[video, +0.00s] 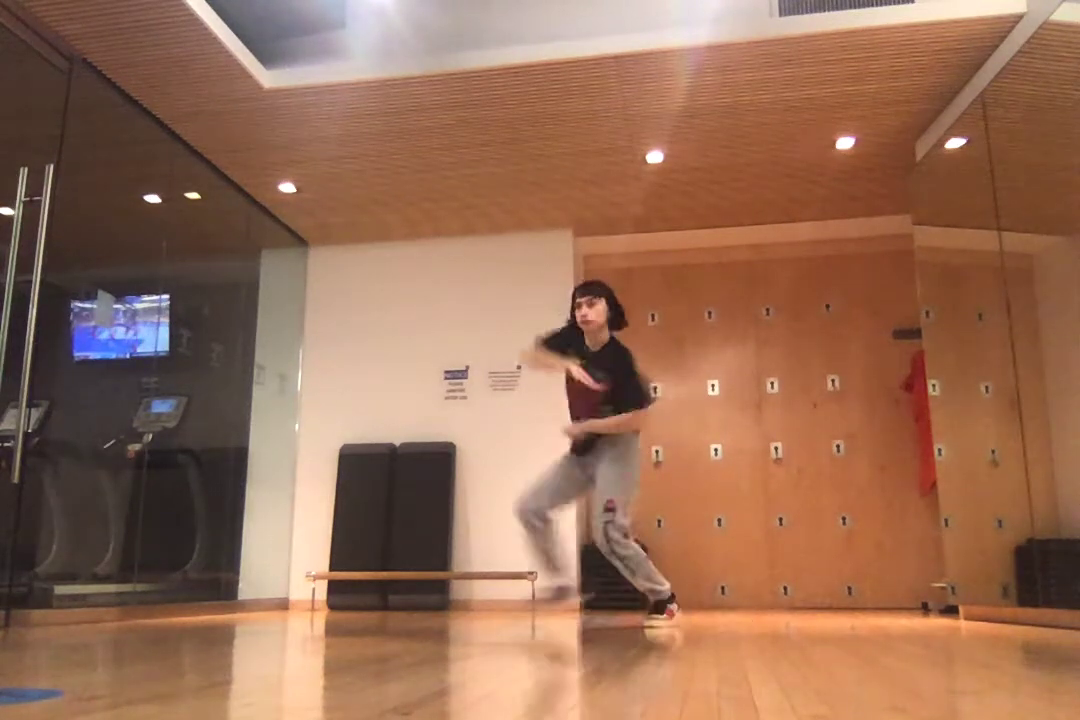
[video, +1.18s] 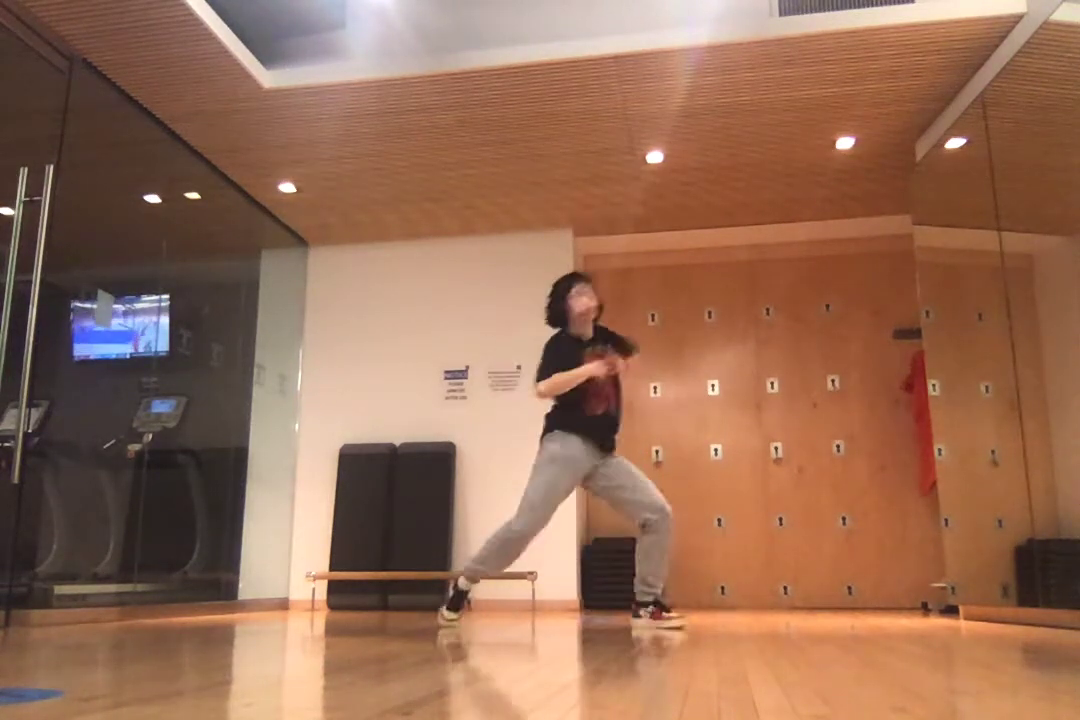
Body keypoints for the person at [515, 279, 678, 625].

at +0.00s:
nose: (584, 311)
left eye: (592, 304)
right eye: (579, 306)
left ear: (608, 309)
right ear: (574, 313)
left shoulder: (619, 356)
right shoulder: (570, 339)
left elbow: (637, 419)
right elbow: (532, 355)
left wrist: (586, 425)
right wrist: (570, 366)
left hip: (617, 449)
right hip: (584, 451)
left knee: (609, 532)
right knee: (530, 507)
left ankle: (662, 598)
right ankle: (561, 585)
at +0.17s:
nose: (586, 307)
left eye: (593, 309)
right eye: (590, 301)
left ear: (603, 320)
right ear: (589, 297)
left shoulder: (598, 345)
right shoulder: (574, 312)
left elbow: (585, 404)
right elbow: (556, 276)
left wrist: (544, 385)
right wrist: (566, 312)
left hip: (573, 430)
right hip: (540, 433)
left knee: (602, 513)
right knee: (495, 508)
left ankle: (653, 589)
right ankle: (491, 596)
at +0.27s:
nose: (586, 285)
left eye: (596, 287)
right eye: (591, 280)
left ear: (603, 308)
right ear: (586, 287)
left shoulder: (592, 340)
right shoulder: (551, 310)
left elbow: (599, 392)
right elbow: (522, 288)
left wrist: (560, 366)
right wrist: (545, 299)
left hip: (567, 418)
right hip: (523, 425)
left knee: (604, 501)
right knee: (489, 505)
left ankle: (641, 585)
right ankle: (485, 591)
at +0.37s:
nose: (580, 280)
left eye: (589, 279)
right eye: (576, 273)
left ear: (595, 293)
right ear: (562, 277)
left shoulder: (589, 330)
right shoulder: (530, 312)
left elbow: (608, 383)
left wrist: (583, 358)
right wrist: (525, 310)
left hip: (573, 420)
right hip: (522, 424)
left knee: (607, 498)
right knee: (490, 505)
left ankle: (638, 585)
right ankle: (473, 588)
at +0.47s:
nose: (562, 281)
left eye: (568, 275)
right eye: (553, 275)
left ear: (575, 284)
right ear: (537, 286)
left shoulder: (584, 330)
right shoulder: (521, 332)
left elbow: (616, 370)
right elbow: (500, 384)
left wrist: (583, 341)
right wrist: (527, 348)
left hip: (577, 430)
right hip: (527, 434)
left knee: (603, 505)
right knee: (492, 509)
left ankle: (650, 586)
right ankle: (470, 590)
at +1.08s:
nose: (567, 317)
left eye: (574, 310)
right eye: (559, 311)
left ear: (585, 315)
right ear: (549, 318)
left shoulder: (600, 349)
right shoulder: (540, 358)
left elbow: (652, 366)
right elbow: (510, 399)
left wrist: (605, 381)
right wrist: (556, 393)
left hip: (597, 456)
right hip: (554, 454)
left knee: (654, 512)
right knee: (521, 525)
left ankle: (647, 602)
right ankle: (459, 586)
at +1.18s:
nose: (585, 300)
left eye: (588, 293)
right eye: (576, 295)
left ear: (597, 301)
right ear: (563, 306)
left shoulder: (607, 340)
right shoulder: (560, 343)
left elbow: (632, 353)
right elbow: (544, 388)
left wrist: (620, 362)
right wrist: (588, 370)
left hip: (602, 452)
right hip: (566, 444)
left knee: (656, 514)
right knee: (526, 525)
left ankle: (647, 603)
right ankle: (463, 584)